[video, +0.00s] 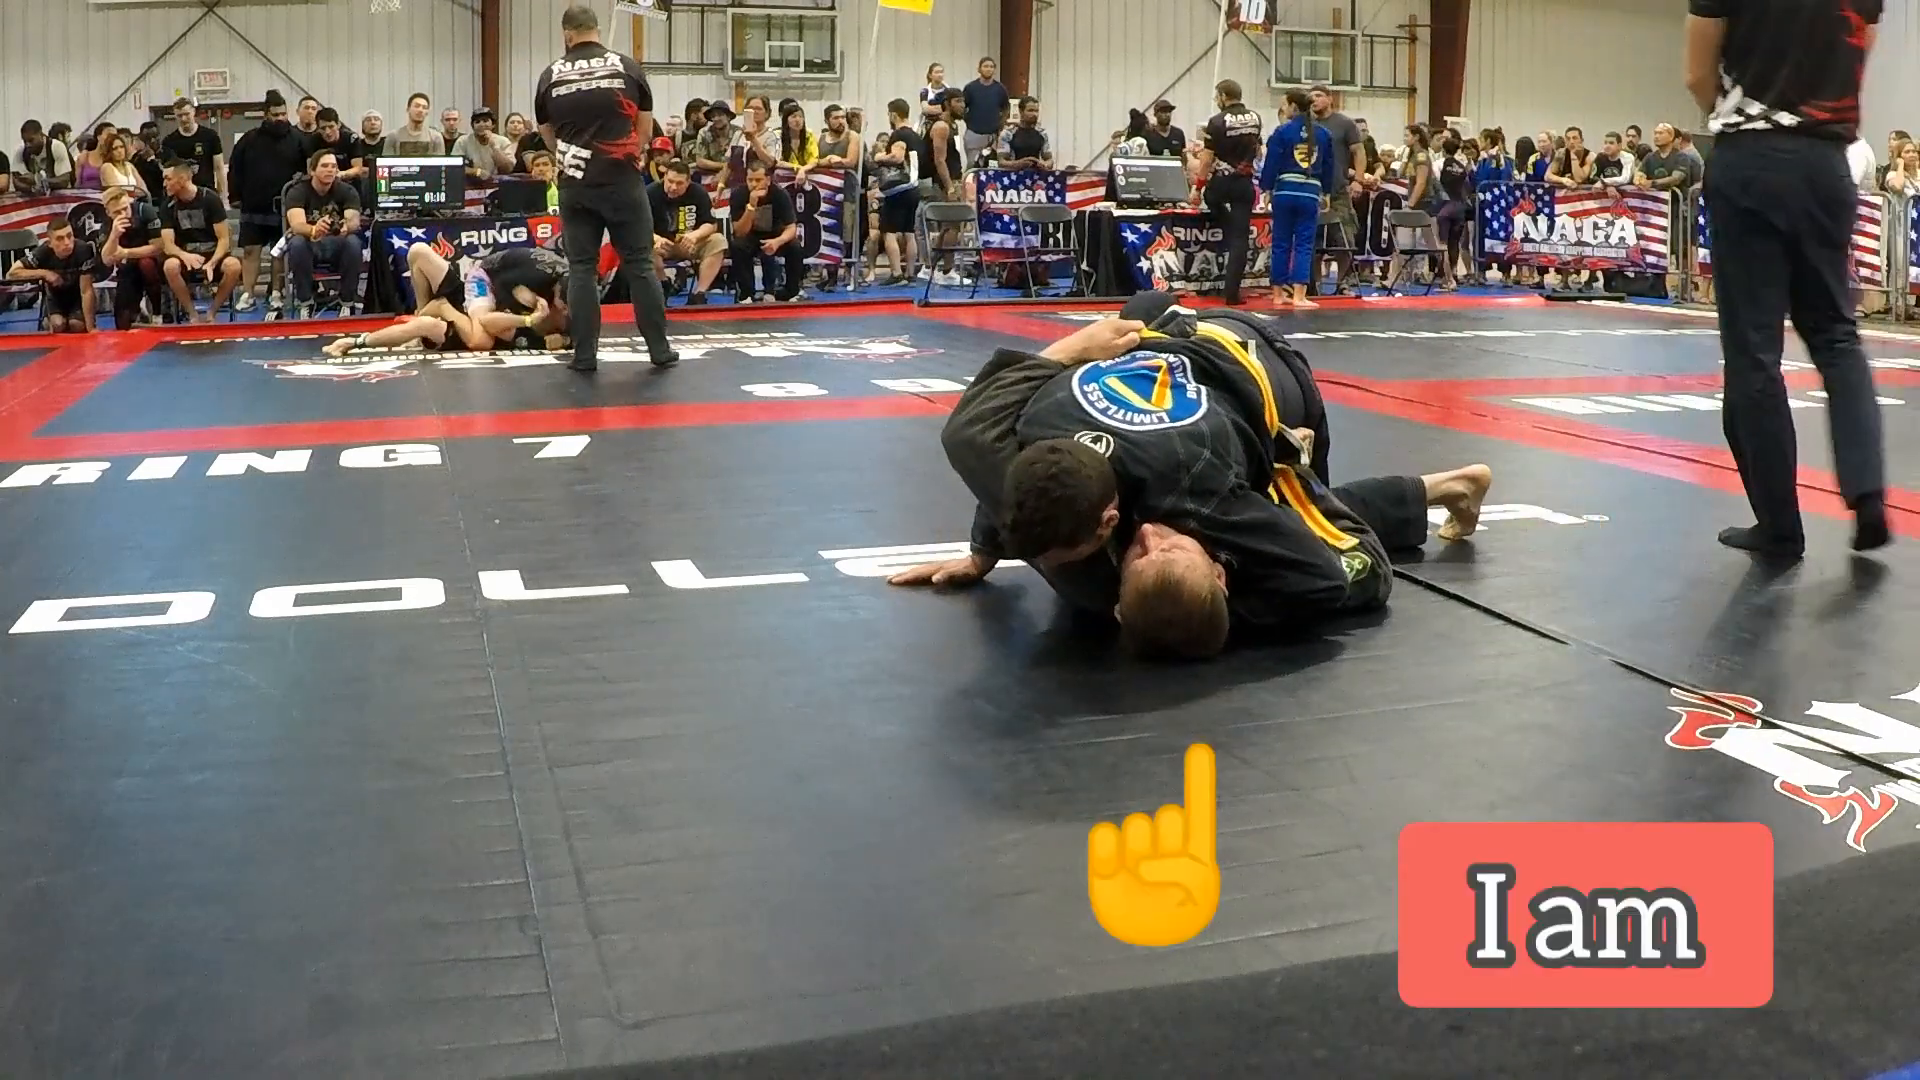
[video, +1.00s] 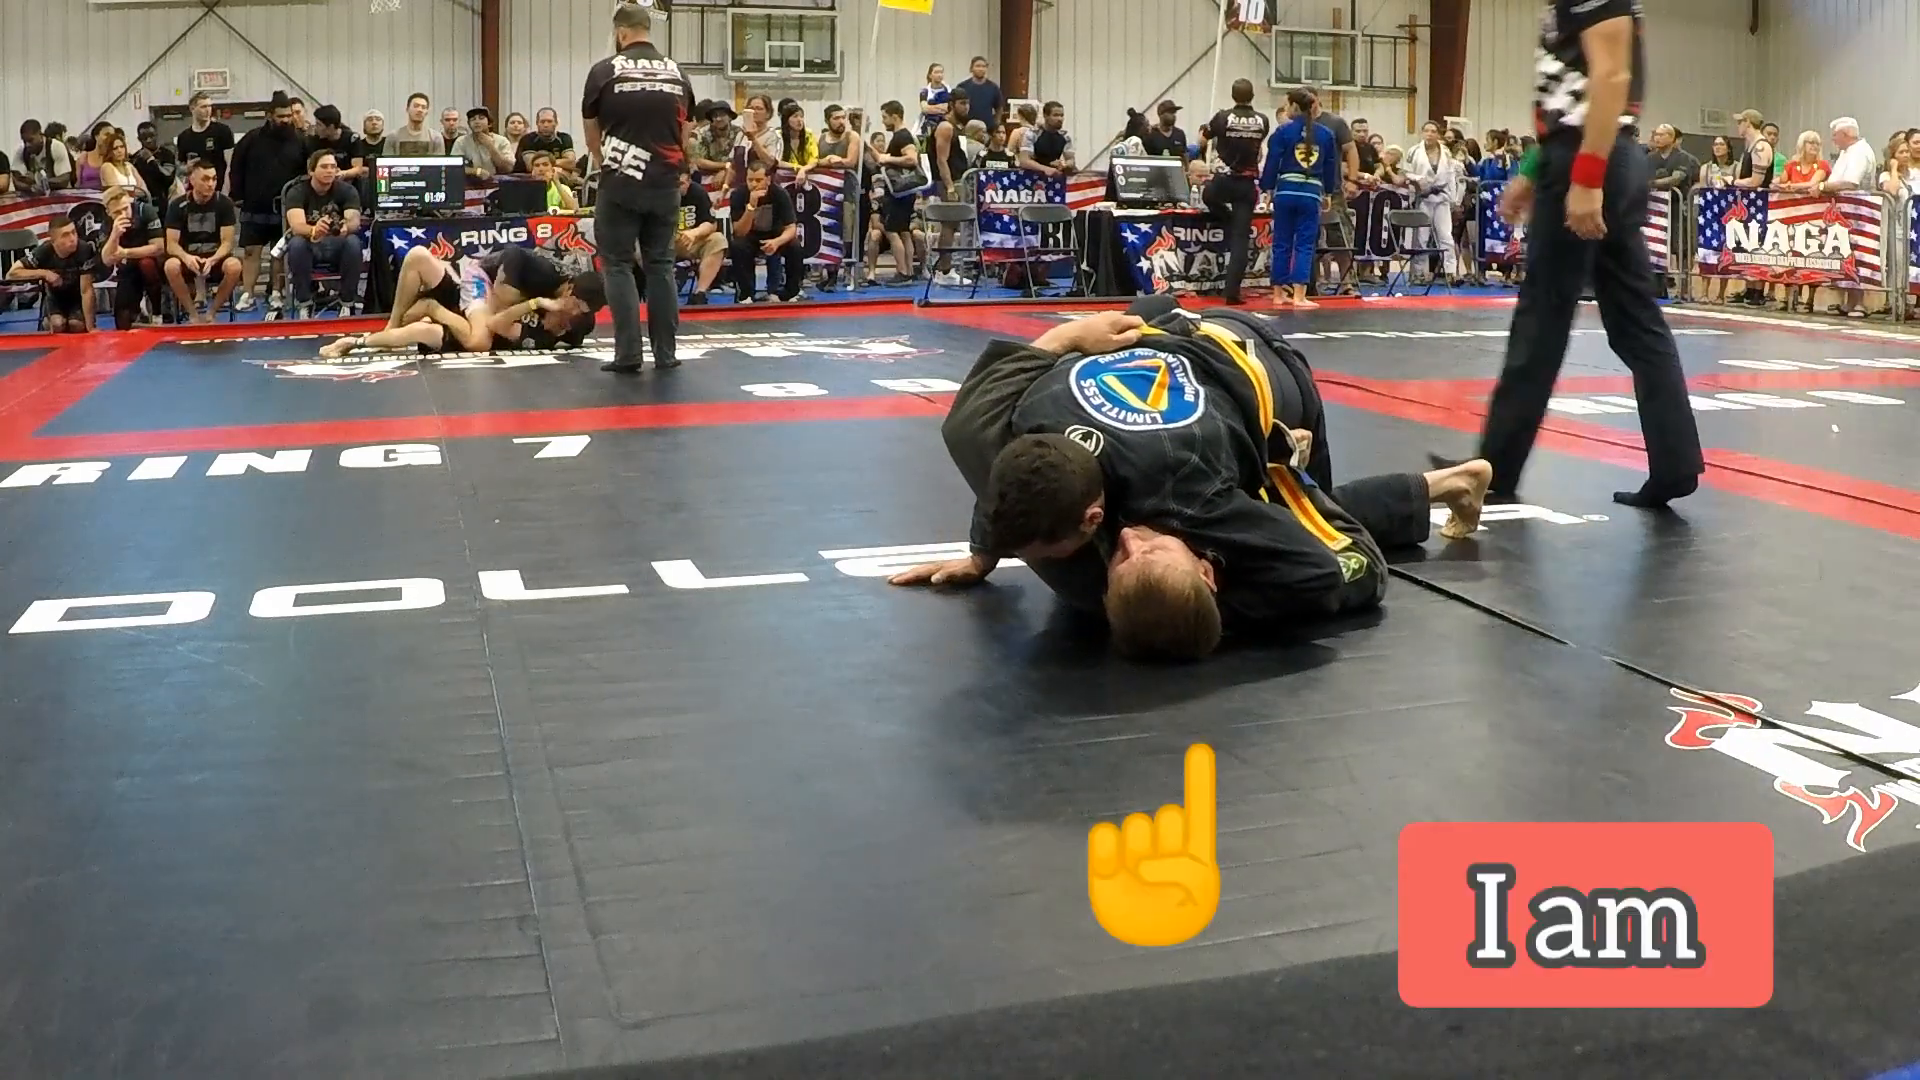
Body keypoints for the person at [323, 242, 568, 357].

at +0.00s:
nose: (554, 304)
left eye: (561, 304)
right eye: (557, 300)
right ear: (553, 298)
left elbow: (481, 330)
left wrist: (448, 311)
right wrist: (532, 305)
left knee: (423, 324)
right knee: (418, 252)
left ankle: (353, 343)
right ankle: (422, 317)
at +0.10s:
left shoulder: (532, 330)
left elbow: (480, 333)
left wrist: (448, 310)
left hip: (473, 339)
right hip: (471, 309)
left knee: (422, 325)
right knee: (420, 254)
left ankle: (352, 343)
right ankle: (422, 313)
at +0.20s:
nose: (557, 296)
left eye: (563, 299)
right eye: (561, 294)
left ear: (563, 317)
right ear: (556, 295)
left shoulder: (537, 335)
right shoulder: (538, 296)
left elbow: (487, 322)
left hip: (471, 337)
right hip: (468, 306)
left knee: (419, 320)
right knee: (420, 253)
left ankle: (351, 343)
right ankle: (422, 316)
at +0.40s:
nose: (571, 317)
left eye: (574, 315)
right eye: (570, 311)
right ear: (558, 299)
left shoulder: (542, 324)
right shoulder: (535, 295)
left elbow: (495, 328)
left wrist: (538, 311)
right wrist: (493, 283)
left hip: (468, 332)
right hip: (467, 294)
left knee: (409, 305)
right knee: (418, 247)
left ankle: (347, 341)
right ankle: (421, 329)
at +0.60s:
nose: (566, 317)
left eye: (570, 321)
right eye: (572, 315)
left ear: (565, 328)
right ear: (566, 303)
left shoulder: (542, 331)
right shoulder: (535, 290)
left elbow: (495, 329)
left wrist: (537, 308)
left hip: (473, 328)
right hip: (471, 283)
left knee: (413, 309)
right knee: (424, 249)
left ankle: (348, 341)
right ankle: (409, 321)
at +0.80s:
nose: (565, 310)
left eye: (571, 312)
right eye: (570, 306)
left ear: (571, 324)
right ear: (566, 299)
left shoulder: (545, 336)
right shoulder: (545, 306)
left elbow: (496, 322)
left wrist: (528, 308)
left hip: (473, 332)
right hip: (470, 307)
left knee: (414, 315)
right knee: (426, 253)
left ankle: (349, 342)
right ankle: (399, 323)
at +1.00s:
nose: (575, 314)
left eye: (583, 313)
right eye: (579, 307)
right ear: (569, 289)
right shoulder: (546, 273)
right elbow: (514, 252)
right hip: (480, 273)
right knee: (480, 341)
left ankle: (432, 308)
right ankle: (433, 309)